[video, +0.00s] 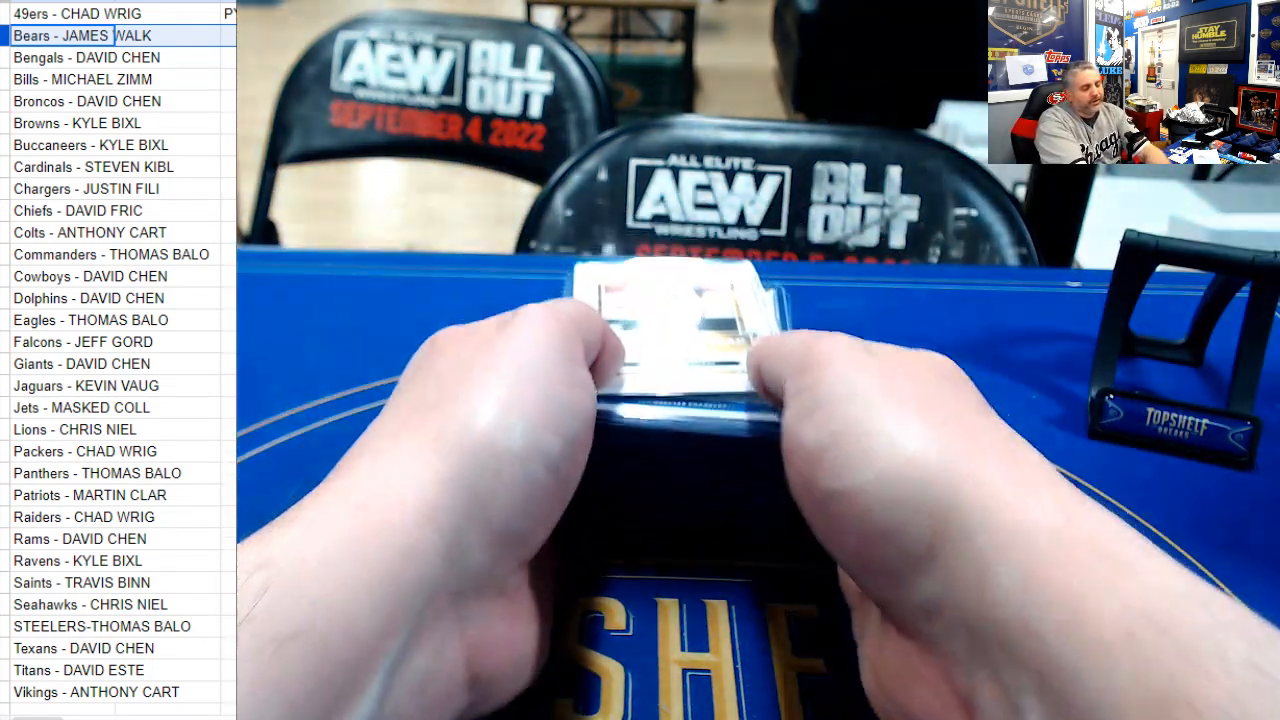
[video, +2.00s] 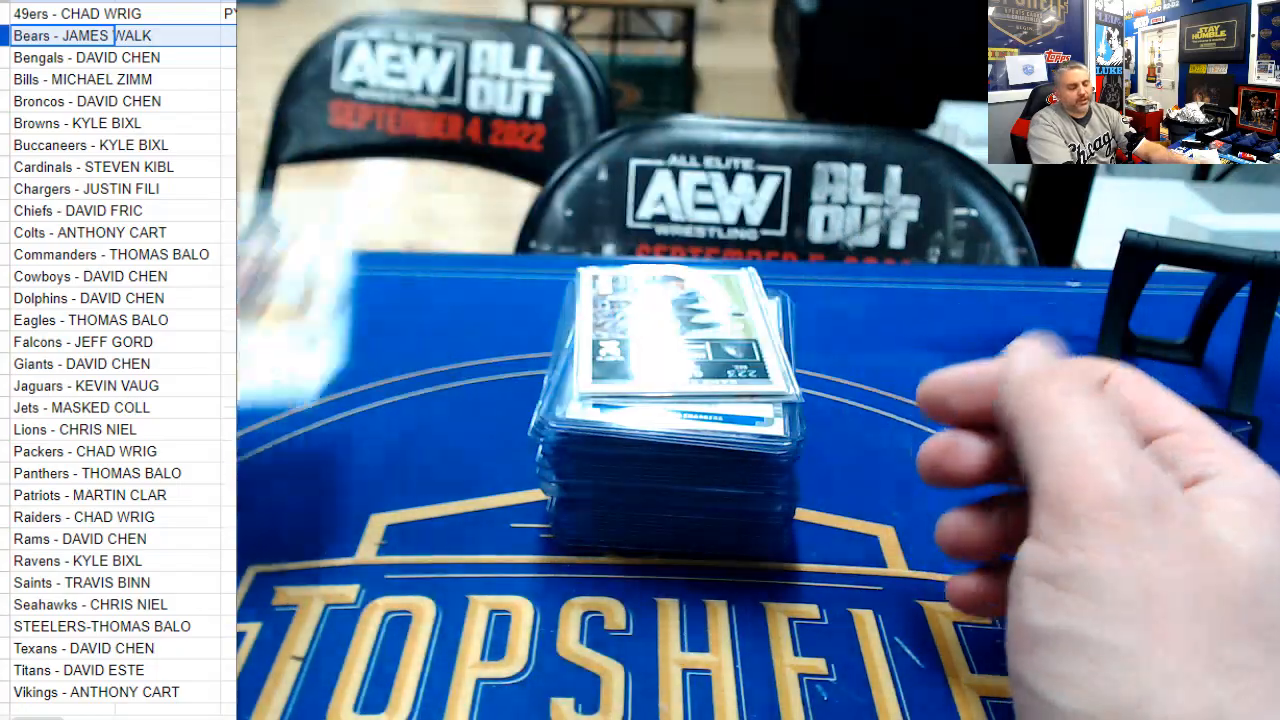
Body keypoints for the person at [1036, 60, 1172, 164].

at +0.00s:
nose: (1096, 93)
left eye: (1098, 84)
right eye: (1086, 88)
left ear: (1102, 85)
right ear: (1069, 95)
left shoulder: (1113, 113)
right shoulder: (1053, 122)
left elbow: (1148, 151)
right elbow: (1078, 173)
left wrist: (1172, 180)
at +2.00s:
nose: (1083, 92)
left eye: (1086, 84)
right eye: (1073, 87)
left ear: (1091, 84)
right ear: (1057, 94)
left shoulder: (1105, 113)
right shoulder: (1044, 124)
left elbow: (1147, 149)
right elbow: (1062, 176)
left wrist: (1190, 164)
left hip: (1113, 186)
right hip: (1072, 196)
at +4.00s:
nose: (1085, 93)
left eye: (1087, 85)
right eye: (1074, 89)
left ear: (1091, 85)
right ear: (1056, 96)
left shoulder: (1104, 113)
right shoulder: (1043, 122)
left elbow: (1145, 150)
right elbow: (1061, 177)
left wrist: (1186, 162)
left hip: (1112, 186)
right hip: (1072, 197)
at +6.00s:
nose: (1079, 94)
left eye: (1080, 85)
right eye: (1067, 91)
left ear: (1085, 84)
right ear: (1051, 99)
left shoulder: (1104, 114)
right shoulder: (1041, 123)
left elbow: (1146, 150)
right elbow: (1061, 176)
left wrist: (1189, 170)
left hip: (1113, 189)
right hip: (1069, 199)